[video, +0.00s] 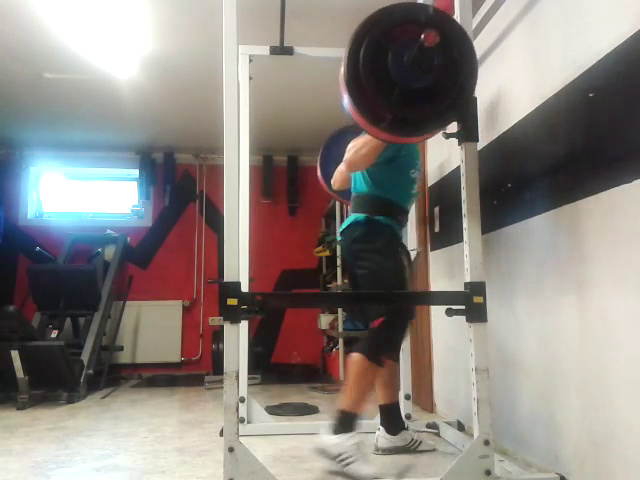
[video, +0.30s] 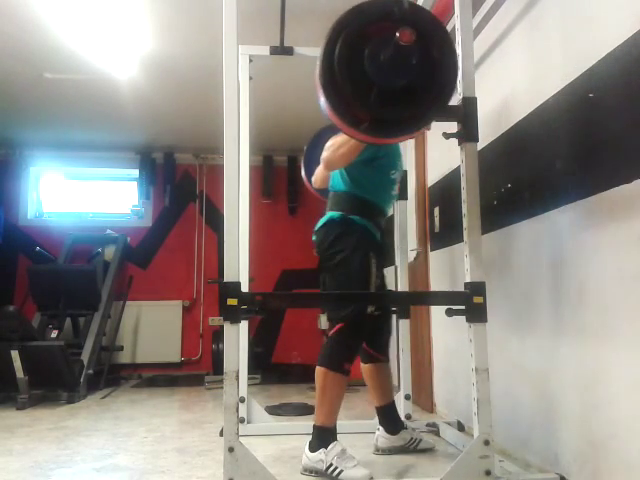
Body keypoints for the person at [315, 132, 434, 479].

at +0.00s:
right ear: (403, 102)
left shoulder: (399, 140)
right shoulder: (384, 132)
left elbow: (338, 181)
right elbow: (350, 162)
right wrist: (390, 127)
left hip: (380, 232)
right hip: (369, 230)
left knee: (388, 323)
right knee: (390, 316)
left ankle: (392, 430)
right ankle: (340, 432)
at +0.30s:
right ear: (383, 99)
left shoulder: (379, 137)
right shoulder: (365, 128)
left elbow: (320, 180)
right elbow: (330, 159)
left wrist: (312, 168)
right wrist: (370, 124)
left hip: (366, 236)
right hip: (345, 231)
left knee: (376, 330)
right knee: (346, 330)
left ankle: (392, 430)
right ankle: (321, 446)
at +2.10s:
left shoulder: (344, 135)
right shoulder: (330, 130)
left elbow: (282, 181)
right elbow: (296, 168)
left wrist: (299, 164)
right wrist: (335, 142)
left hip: (311, 233)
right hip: (307, 232)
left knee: (309, 334)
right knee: (318, 332)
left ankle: (314, 429)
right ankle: (320, 445)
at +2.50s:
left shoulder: (347, 140)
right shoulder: (333, 133)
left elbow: (282, 181)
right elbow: (294, 169)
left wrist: (299, 166)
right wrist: (333, 141)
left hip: (316, 234)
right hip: (307, 232)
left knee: (314, 332)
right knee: (314, 331)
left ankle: (315, 429)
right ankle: (319, 445)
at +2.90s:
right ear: (356, 108)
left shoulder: (347, 142)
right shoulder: (336, 135)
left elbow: (286, 184)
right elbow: (298, 166)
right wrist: (338, 133)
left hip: (315, 235)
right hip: (310, 234)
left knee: (312, 334)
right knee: (316, 333)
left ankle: (315, 429)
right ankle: (319, 446)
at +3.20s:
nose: (377, 134)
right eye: (374, 125)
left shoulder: (348, 144)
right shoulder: (334, 135)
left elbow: (288, 184)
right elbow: (297, 169)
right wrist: (336, 134)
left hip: (317, 234)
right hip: (311, 234)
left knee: (313, 334)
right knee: (318, 333)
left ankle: (315, 430)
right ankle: (320, 446)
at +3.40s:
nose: (375, 135)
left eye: (375, 129)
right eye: (371, 127)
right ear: (353, 115)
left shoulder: (347, 145)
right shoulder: (333, 135)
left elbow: (289, 185)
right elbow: (296, 170)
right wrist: (333, 134)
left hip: (318, 234)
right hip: (311, 234)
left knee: (314, 333)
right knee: (316, 333)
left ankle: (315, 430)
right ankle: (320, 446)